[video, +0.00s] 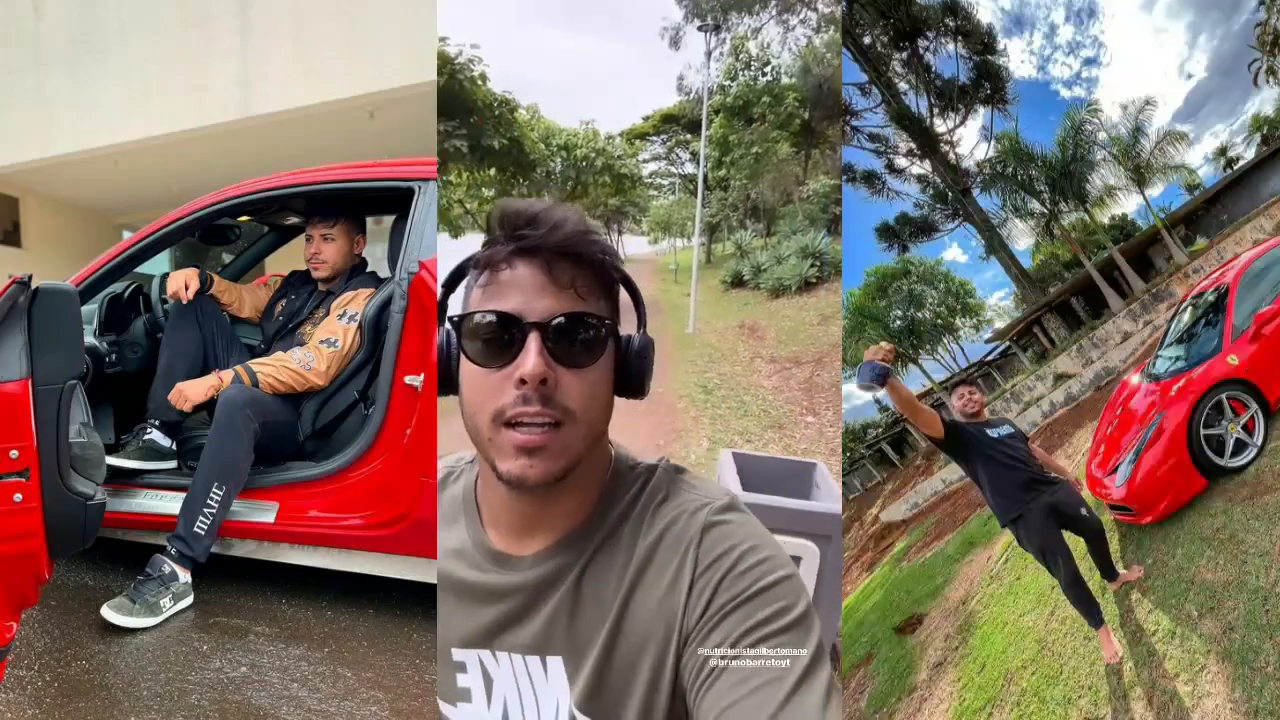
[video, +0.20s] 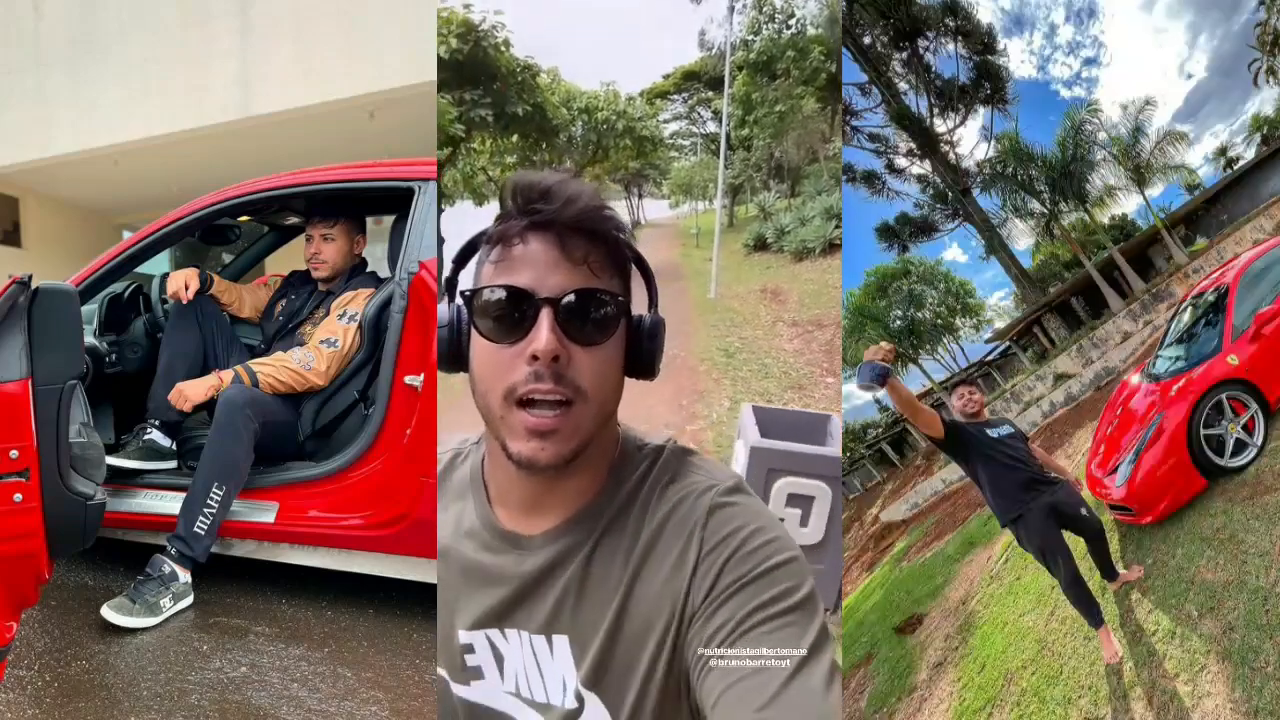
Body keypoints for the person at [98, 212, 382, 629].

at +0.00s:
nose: (314, 249)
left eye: (328, 239)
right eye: (310, 239)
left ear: (358, 245)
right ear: (304, 243)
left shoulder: (361, 297)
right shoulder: (291, 286)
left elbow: (315, 367)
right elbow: (241, 299)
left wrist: (220, 380)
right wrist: (201, 279)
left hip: (316, 411)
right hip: (264, 387)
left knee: (239, 403)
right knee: (196, 303)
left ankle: (177, 568)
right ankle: (161, 433)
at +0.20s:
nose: (314, 249)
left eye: (328, 239)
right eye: (310, 239)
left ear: (358, 245)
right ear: (304, 243)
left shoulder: (361, 297)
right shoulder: (291, 286)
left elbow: (315, 367)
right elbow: (241, 299)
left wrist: (220, 380)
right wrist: (201, 279)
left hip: (316, 411)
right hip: (265, 389)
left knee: (239, 402)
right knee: (196, 303)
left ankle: (177, 567)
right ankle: (161, 433)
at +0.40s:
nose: (314, 249)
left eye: (328, 239)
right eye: (310, 239)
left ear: (358, 245)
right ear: (304, 243)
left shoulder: (361, 297)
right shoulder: (291, 286)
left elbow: (315, 367)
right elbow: (242, 299)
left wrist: (220, 380)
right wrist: (201, 279)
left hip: (316, 411)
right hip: (264, 388)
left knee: (238, 402)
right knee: (196, 304)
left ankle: (177, 568)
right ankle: (161, 433)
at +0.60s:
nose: (314, 249)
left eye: (328, 239)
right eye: (310, 239)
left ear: (358, 245)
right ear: (304, 243)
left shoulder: (361, 297)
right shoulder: (291, 286)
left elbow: (315, 367)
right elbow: (242, 299)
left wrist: (220, 380)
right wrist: (201, 279)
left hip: (316, 411)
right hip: (265, 388)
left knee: (239, 402)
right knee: (196, 303)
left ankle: (177, 568)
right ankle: (161, 433)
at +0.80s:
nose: (314, 249)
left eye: (328, 239)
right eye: (310, 239)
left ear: (358, 245)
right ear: (304, 243)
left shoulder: (361, 297)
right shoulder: (291, 286)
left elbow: (315, 367)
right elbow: (242, 299)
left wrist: (220, 380)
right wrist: (201, 279)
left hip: (316, 411)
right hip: (265, 388)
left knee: (239, 402)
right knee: (196, 303)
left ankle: (177, 568)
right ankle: (161, 433)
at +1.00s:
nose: (314, 249)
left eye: (328, 239)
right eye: (310, 239)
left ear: (358, 245)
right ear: (304, 243)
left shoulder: (361, 297)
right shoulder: (291, 286)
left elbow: (315, 367)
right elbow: (242, 299)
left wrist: (220, 380)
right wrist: (201, 279)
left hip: (316, 411)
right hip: (265, 388)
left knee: (239, 402)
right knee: (196, 303)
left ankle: (177, 568)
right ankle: (161, 433)